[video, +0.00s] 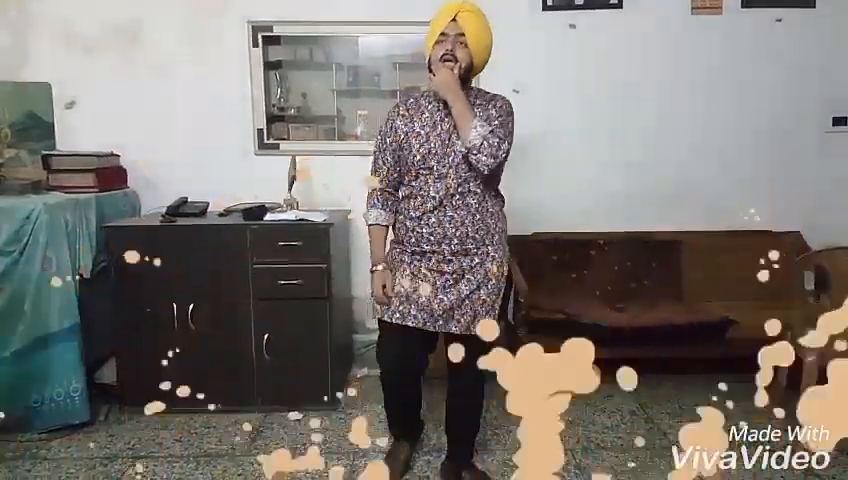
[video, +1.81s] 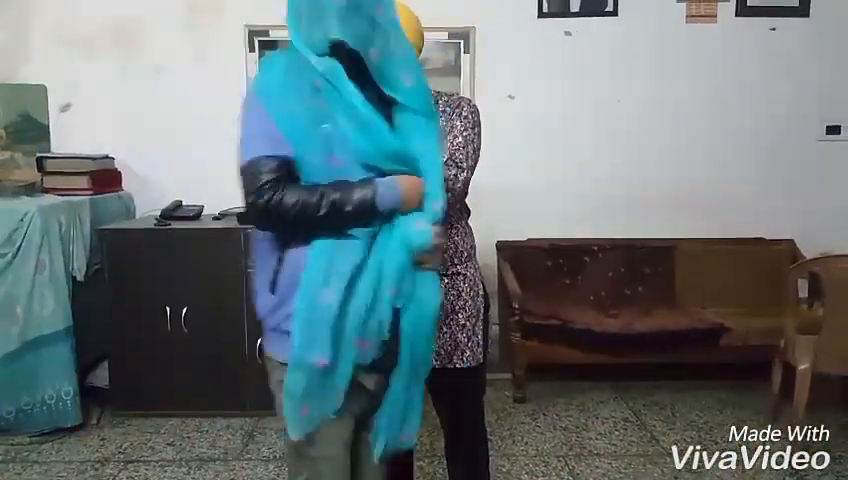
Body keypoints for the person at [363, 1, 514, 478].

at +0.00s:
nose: (449, 46)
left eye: (461, 40)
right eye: (442, 39)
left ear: (479, 53)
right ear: (429, 49)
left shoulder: (495, 108)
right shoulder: (404, 111)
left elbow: (488, 160)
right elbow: (381, 187)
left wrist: (453, 93)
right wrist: (378, 260)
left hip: (476, 257)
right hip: (412, 257)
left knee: (467, 364)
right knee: (395, 357)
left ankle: (459, 459)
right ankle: (404, 433)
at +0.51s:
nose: (378, 66)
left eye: (385, 53)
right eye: (373, 58)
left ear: (418, 50)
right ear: (373, 60)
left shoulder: (468, 106)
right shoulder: (375, 121)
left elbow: (453, 174)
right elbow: (355, 203)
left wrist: (406, 115)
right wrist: (347, 279)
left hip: (457, 277)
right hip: (387, 278)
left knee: (462, 393)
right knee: (392, 402)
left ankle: (457, 464)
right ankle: (397, 473)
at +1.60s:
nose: (375, 69)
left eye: (385, 56)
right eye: (365, 61)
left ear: (411, 54)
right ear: (355, 64)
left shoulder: (456, 110)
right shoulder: (350, 119)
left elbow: (449, 189)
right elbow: (338, 199)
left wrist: (405, 117)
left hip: (446, 295)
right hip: (376, 296)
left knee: (464, 429)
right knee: (384, 429)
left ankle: (471, 473)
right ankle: (395, 475)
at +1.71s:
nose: (382, 71)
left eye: (391, 61)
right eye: (373, 60)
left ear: (409, 62)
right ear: (359, 61)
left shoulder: (455, 111)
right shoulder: (347, 115)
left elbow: (447, 184)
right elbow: (334, 189)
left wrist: (402, 103)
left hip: (444, 287)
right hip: (373, 289)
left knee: (464, 425)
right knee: (382, 426)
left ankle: (470, 475)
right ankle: (395, 474)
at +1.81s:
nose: (388, 59)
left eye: (398, 47)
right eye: (383, 47)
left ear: (415, 52)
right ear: (374, 49)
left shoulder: (457, 111)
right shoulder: (359, 112)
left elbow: (449, 185)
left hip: (449, 284)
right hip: (378, 284)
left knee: (463, 428)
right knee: (388, 432)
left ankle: (470, 473)